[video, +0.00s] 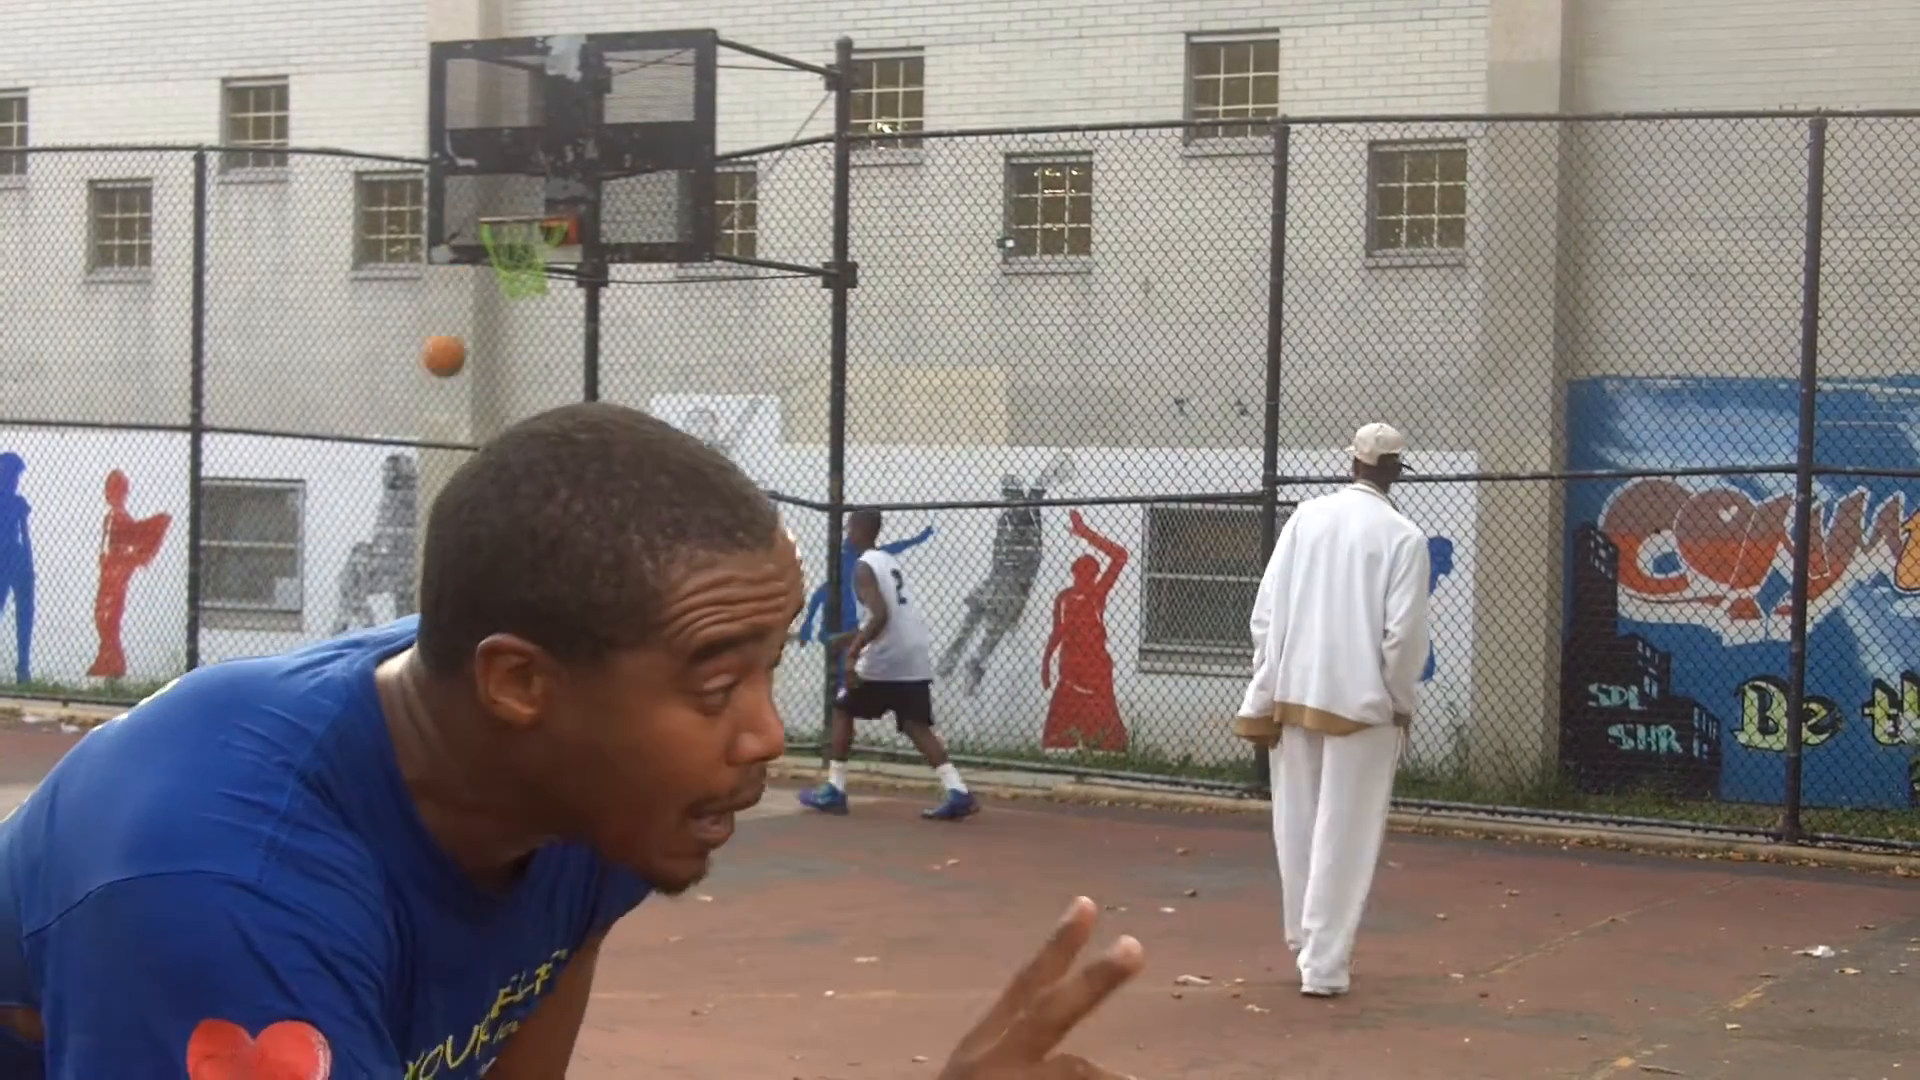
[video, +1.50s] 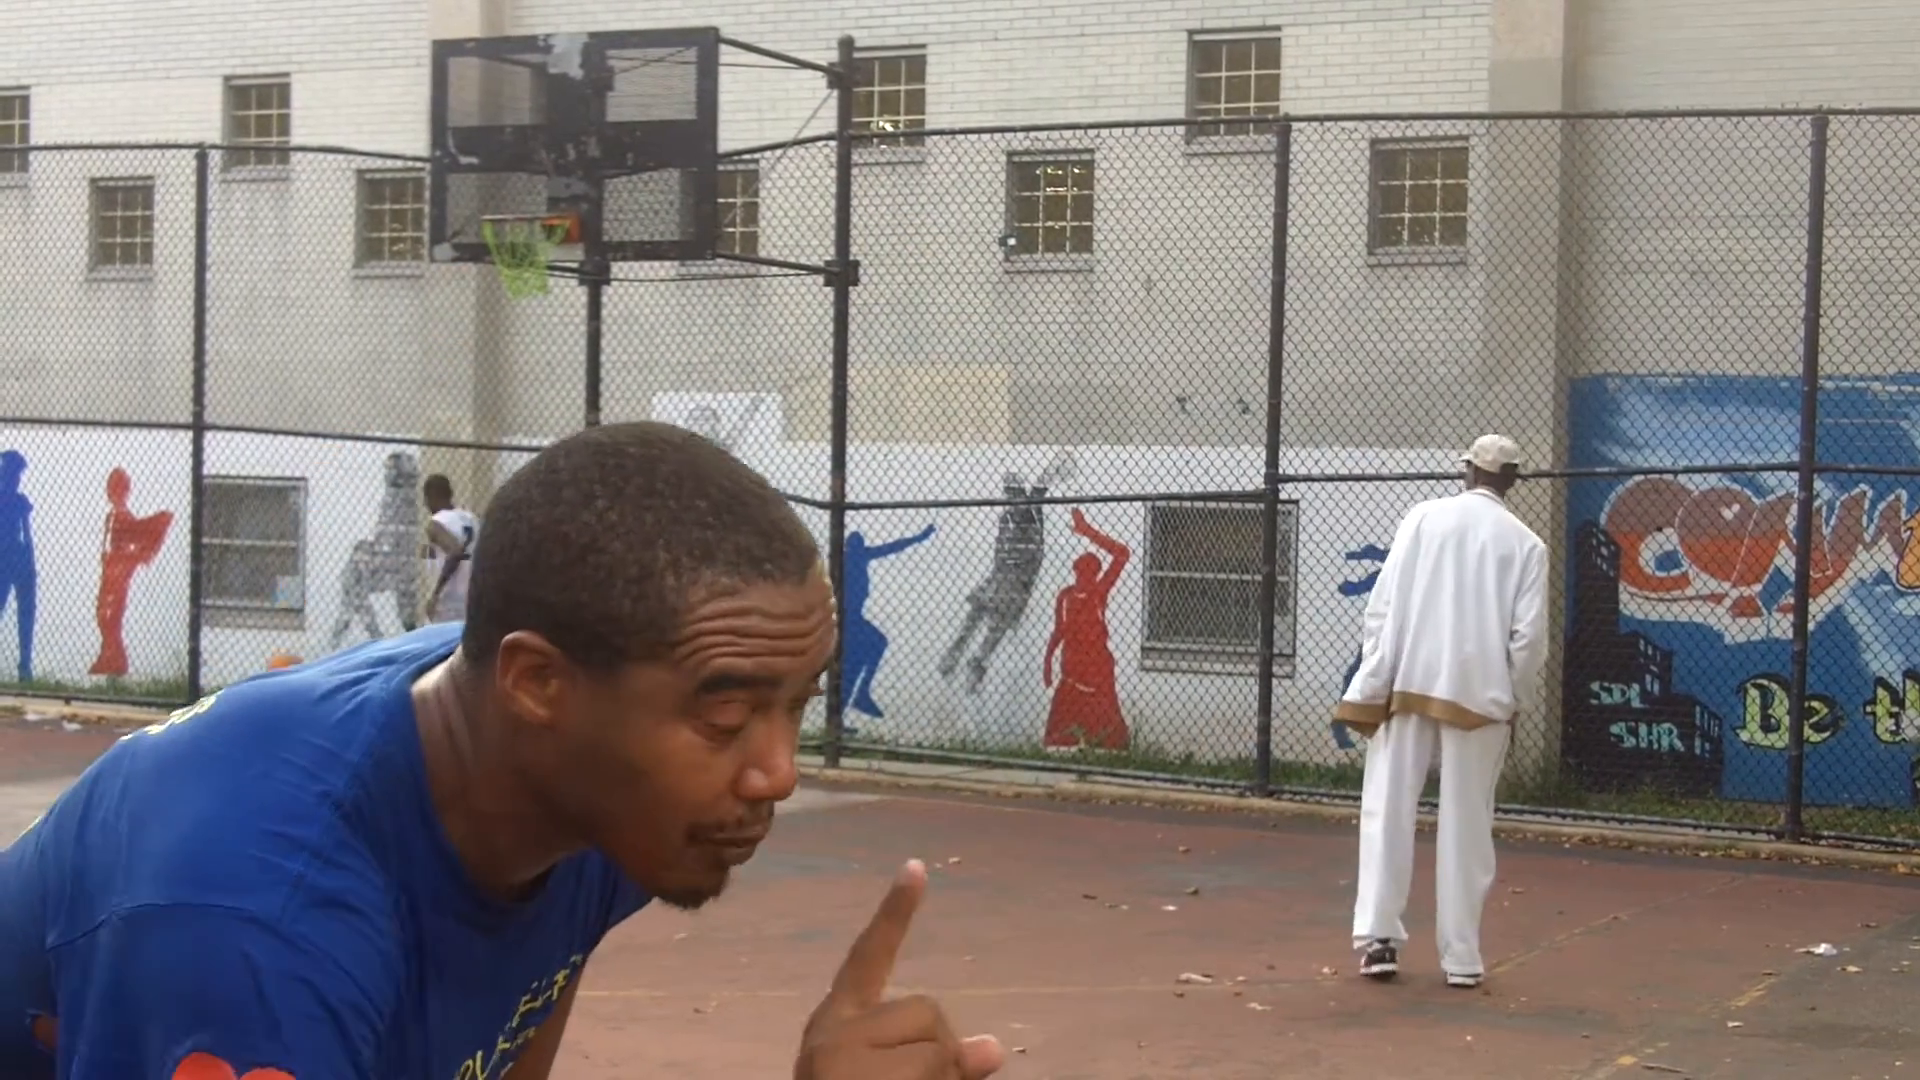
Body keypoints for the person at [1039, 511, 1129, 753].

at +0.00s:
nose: (1085, 578)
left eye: (1090, 573)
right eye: (1081, 572)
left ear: (1096, 575)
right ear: (1074, 572)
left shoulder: (1099, 593)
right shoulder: (1063, 598)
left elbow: (1120, 557)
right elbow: (1058, 632)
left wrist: (1086, 533)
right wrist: (1046, 661)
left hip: (1096, 659)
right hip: (1071, 659)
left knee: (1099, 706)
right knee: (1066, 706)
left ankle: (1105, 749)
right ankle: (1060, 748)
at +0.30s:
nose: (1084, 578)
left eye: (1089, 573)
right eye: (1081, 572)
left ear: (1095, 575)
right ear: (1074, 572)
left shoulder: (1099, 592)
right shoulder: (1064, 596)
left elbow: (1120, 556)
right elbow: (1058, 631)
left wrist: (1085, 532)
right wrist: (1046, 661)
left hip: (1097, 661)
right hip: (1071, 661)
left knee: (1100, 709)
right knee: (1065, 709)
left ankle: (1109, 749)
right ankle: (1059, 749)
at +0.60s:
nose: (1085, 577)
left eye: (1090, 572)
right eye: (1081, 571)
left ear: (1096, 575)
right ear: (1075, 572)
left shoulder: (1100, 592)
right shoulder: (1064, 596)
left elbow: (1121, 556)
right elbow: (1059, 631)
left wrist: (1086, 532)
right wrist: (1047, 660)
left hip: (1098, 659)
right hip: (1072, 659)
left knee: (1101, 707)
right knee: (1066, 707)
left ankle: (1110, 748)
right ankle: (1058, 748)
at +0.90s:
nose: (1083, 577)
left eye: (1088, 572)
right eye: (1079, 571)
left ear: (1094, 574)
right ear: (1073, 571)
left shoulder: (1098, 591)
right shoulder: (1062, 596)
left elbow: (1119, 555)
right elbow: (1056, 630)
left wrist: (1085, 532)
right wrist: (1045, 661)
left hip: (1095, 658)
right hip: (1070, 658)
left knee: (1099, 707)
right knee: (1064, 707)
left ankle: (1108, 747)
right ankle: (1057, 747)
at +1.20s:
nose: (1084, 576)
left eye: (1089, 572)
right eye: (1081, 571)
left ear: (1096, 574)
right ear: (1074, 571)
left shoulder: (1100, 591)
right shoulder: (1065, 595)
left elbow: (1122, 555)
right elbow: (1059, 630)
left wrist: (1088, 532)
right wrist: (1047, 660)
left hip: (1098, 658)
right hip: (1072, 658)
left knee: (1101, 705)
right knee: (1067, 706)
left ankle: (1111, 746)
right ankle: (1060, 746)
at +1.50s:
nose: (1085, 576)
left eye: (1090, 571)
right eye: (1081, 571)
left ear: (1096, 574)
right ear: (1075, 570)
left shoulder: (1101, 590)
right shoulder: (1065, 595)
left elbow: (1122, 554)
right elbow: (1059, 630)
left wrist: (1088, 531)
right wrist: (1048, 660)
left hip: (1098, 657)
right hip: (1072, 657)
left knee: (1101, 705)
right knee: (1067, 705)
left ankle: (1111, 745)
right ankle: (1061, 744)